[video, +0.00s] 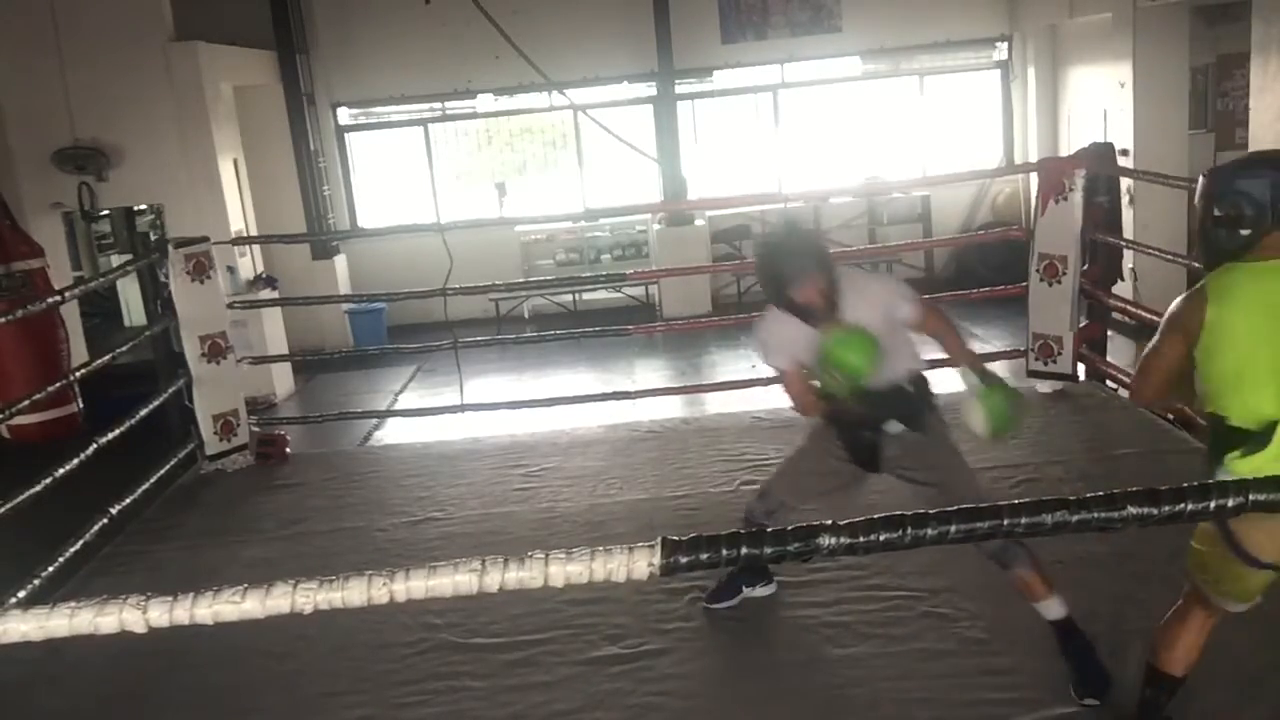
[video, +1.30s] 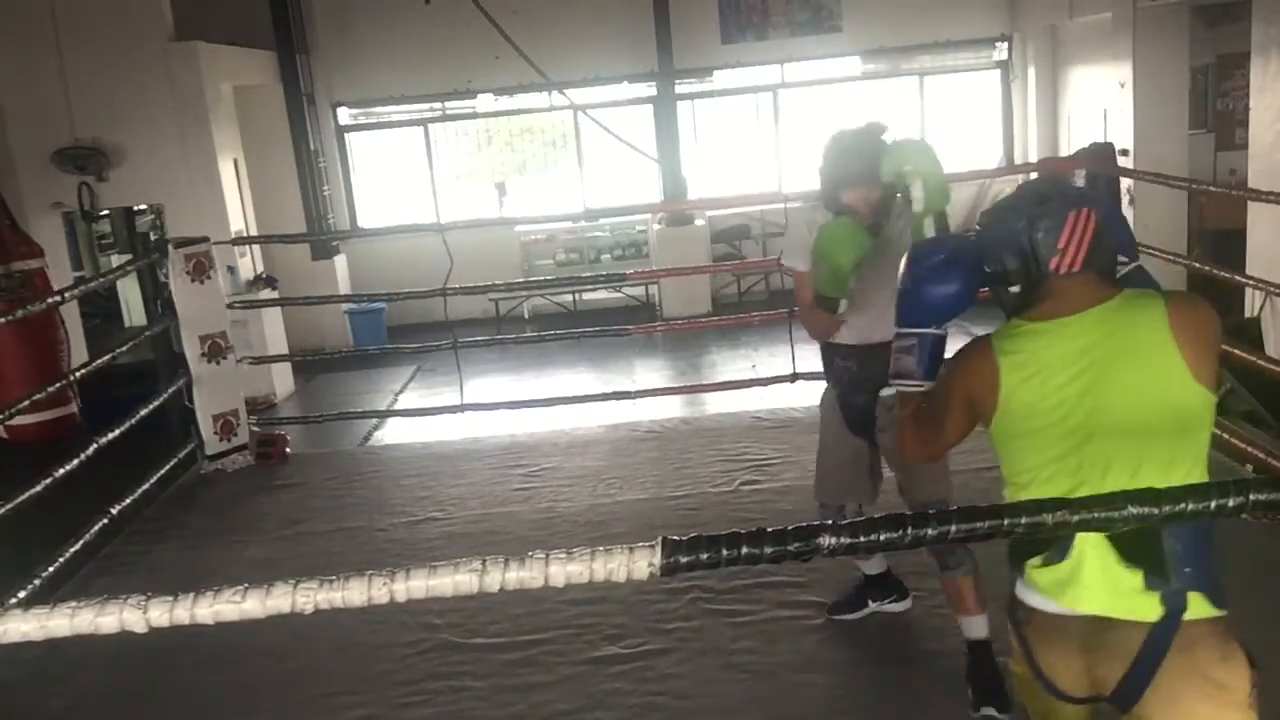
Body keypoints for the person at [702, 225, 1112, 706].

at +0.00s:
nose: (815, 297)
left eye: (818, 282)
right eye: (800, 291)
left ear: (828, 268)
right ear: (780, 294)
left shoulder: (873, 292)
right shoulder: (777, 330)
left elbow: (936, 322)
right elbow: (805, 401)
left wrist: (984, 380)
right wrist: (846, 415)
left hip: (910, 415)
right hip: (844, 423)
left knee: (982, 521)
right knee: (766, 506)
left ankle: (1070, 638)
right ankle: (754, 570)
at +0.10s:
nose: (789, 260)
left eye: (791, 246)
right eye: (775, 255)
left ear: (801, 236)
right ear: (753, 258)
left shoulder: (837, 258)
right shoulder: (750, 300)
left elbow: (891, 299)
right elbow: (769, 380)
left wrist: (936, 353)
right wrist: (803, 359)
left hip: (880, 397)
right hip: (818, 411)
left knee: (947, 506)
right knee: (753, 502)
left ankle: (1026, 630)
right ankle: (753, 570)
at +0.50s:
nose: (818, 191)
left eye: (823, 178)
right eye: (804, 181)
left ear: (830, 180)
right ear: (778, 186)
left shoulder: (847, 227)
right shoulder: (746, 247)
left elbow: (873, 290)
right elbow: (757, 332)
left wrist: (903, 343)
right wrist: (800, 297)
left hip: (853, 380)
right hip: (786, 387)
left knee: (902, 494)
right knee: (750, 494)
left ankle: (956, 615)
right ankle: (752, 573)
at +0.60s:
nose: (864, 199)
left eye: (870, 187)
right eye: (853, 187)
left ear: (876, 190)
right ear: (825, 187)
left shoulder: (874, 244)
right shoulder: (782, 248)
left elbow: (905, 308)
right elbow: (787, 335)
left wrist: (940, 347)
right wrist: (835, 291)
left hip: (865, 394)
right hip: (797, 397)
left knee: (912, 508)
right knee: (756, 502)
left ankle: (963, 633)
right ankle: (756, 570)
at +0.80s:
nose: (924, 214)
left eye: (934, 202)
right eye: (913, 200)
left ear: (942, 196)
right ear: (880, 190)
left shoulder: (929, 245)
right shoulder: (829, 234)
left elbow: (938, 332)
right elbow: (831, 329)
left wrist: (952, 303)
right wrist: (884, 279)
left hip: (891, 388)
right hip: (825, 389)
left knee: (933, 513)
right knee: (790, 499)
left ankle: (965, 638)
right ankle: (795, 559)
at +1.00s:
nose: (924, 215)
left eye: (934, 203)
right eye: (916, 202)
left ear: (942, 193)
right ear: (886, 189)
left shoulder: (928, 236)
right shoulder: (832, 226)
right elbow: (826, 319)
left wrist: (962, 279)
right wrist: (874, 278)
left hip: (898, 379)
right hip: (833, 380)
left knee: (934, 508)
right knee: (817, 505)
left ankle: (965, 640)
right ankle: (874, 572)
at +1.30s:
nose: (855, 201)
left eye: (864, 189)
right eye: (845, 190)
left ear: (886, 183)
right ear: (831, 186)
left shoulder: (912, 220)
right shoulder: (814, 226)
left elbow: (947, 282)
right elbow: (814, 321)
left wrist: (936, 207)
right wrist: (828, 279)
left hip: (909, 373)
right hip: (847, 376)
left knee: (934, 510)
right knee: (839, 492)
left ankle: (982, 658)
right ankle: (880, 583)